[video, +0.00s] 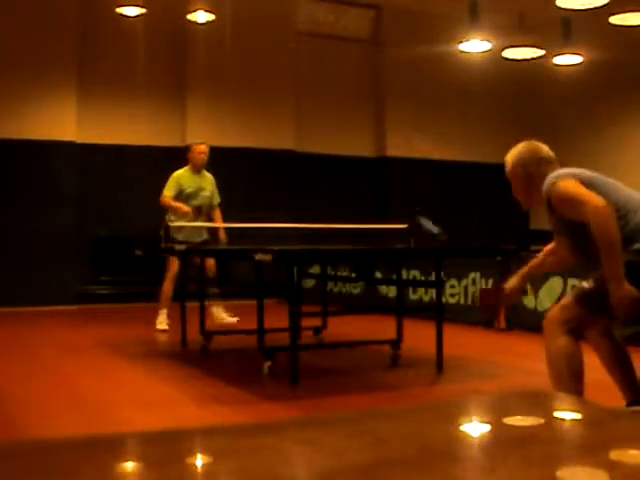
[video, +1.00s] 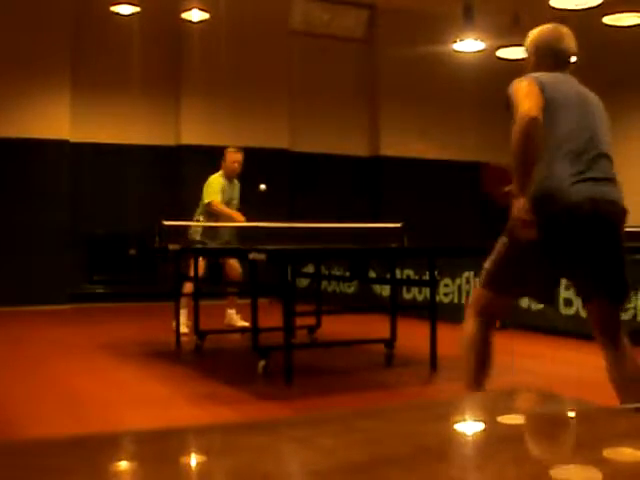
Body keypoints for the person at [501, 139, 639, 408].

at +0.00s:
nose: (513, 190)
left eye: (513, 181)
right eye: (511, 182)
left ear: (527, 176)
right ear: (545, 166)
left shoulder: (557, 185)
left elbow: (599, 210)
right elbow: (565, 249)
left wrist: (617, 282)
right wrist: (520, 279)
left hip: (635, 260)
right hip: (634, 259)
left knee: (557, 321)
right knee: (595, 326)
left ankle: (569, 417)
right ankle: (635, 401)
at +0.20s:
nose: (513, 148)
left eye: (514, 139)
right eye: (512, 140)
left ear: (528, 136)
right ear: (551, 130)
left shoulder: (552, 154)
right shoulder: (571, 148)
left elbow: (592, 184)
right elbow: (604, 228)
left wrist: (613, 258)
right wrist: (576, 270)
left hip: (630, 240)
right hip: (635, 239)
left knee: (554, 321)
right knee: (600, 321)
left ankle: (569, 418)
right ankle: (635, 400)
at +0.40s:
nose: (516, 101)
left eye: (517, 92)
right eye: (516, 92)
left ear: (526, 93)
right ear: (560, 89)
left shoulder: (546, 115)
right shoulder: (576, 117)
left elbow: (568, 157)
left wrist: (580, 231)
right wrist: (547, 238)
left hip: (616, 227)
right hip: (635, 225)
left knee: (548, 315)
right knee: (603, 316)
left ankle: (565, 410)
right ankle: (633, 397)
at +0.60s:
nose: (520, 60)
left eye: (521, 54)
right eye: (523, 54)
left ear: (525, 55)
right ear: (566, 56)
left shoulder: (536, 79)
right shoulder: (585, 89)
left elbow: (535, 121)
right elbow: (610, 157)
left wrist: (510, 196)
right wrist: (554, 196)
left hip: (592, 204)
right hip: (628, 200)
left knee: (547, 311)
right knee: (617, 305)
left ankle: (562, 413)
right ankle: (634, 397)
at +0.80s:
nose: (531, 41)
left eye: (532, 34)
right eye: (533, 34)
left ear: (538, 36)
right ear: (575, 39)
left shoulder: (541, 61)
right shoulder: (600, 77)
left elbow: (538, 96)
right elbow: (609, 140)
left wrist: (523, 170)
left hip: (570, 193)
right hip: (619, 196)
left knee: (528, 303)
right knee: (608, 309)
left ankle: (543, 406)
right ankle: (634, 406)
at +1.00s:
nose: (526, 59)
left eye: (528, 54)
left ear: (531, 57)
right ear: (572, 60)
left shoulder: (527, 83)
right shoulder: (592, 98)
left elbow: (530, 116)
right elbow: (603, 160)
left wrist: (520, 191)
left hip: (551, 209)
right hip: (604, 211)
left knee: (482, 310)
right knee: (611, 331)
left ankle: (471, 410)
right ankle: (634, 417)